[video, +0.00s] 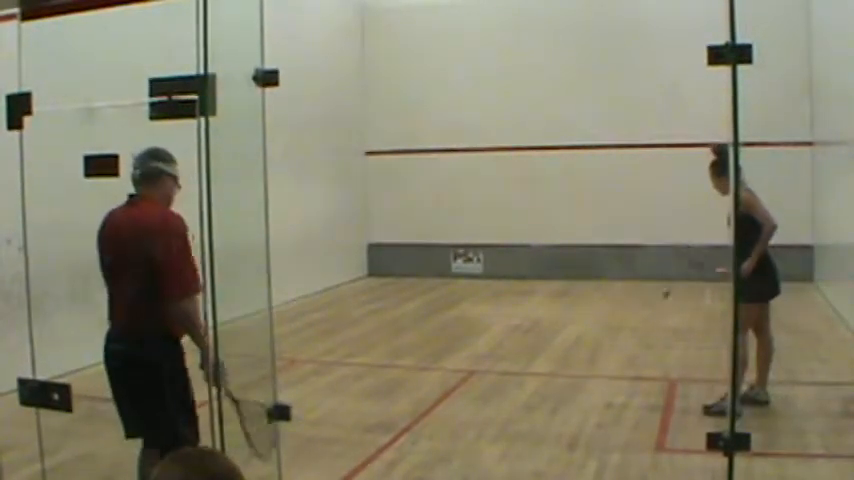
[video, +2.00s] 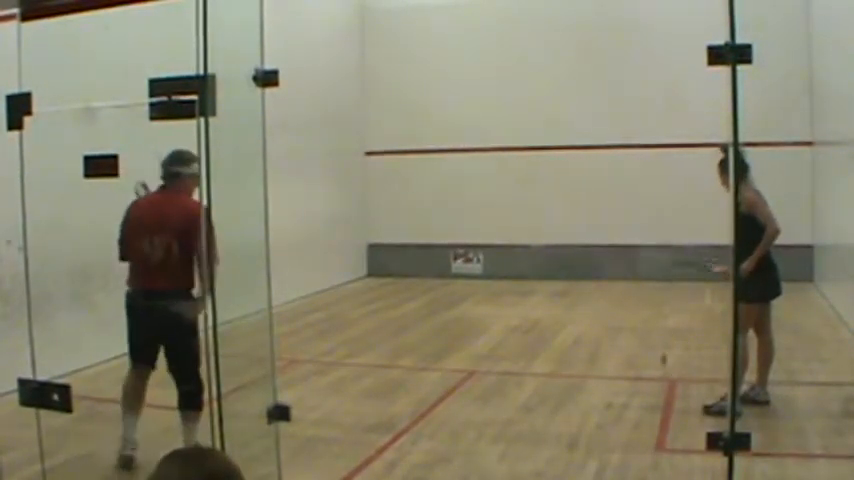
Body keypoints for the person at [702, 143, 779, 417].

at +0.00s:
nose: (716, 187)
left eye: (716, 182)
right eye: (714, 182)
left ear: (725, 177)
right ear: (727, 176)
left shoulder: (745, 197)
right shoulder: (740, 198)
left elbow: (769, 225)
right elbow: (751, 235)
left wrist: (751, 260)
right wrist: (737, 264)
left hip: (752, 276)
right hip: (756, 275)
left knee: (738, 334)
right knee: (762, 332)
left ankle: (733, 393)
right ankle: (759, 388)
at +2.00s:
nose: (720, 181)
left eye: (721, 176)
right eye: (720, 176)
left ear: (730, 174)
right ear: (738, 172)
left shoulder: (749, 197)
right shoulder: (742, 198)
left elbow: (773, 229)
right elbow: (751, 239)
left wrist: (751, 261)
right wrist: (734, 266)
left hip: (753, 278)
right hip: (757, 276)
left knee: (738, 334)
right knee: (763, 332)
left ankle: (733, 394)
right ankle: (760, 388)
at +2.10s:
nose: (720, 182)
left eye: (722, 176)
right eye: (720, 177)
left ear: (731, 174)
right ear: (736, 173)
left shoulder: (750, 198)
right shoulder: (742, 198)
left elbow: (773, 229)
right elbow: (750, 238)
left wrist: (751, 259)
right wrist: (734, 264)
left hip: (753, 277)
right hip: (756, 275)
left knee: (738, 333)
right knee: (762, 331)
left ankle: (733, 394)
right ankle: (760, 388)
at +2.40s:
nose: (720, 182)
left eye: (721, 176)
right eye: (719, 176)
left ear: (731, 173)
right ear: (739, 172)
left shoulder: (749, 200)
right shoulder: (746, 198)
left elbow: (749, 240)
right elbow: (747, 240)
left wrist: (724, 244)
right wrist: (724, 244)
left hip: (752, 279)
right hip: (757, 277)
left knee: (736, 334)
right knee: (761, 332)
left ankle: (733, 394)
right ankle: (760, 388)